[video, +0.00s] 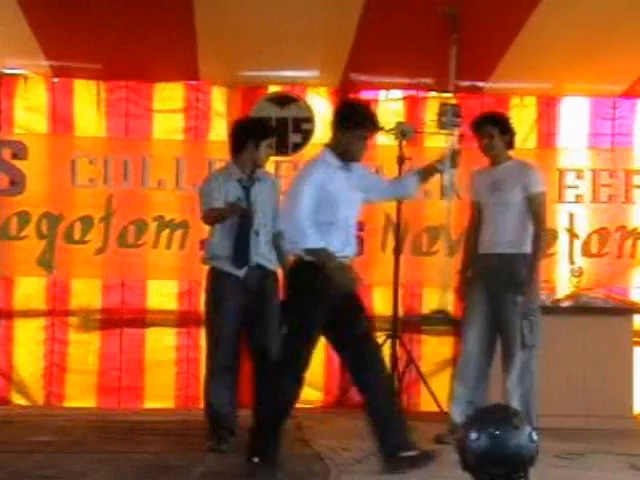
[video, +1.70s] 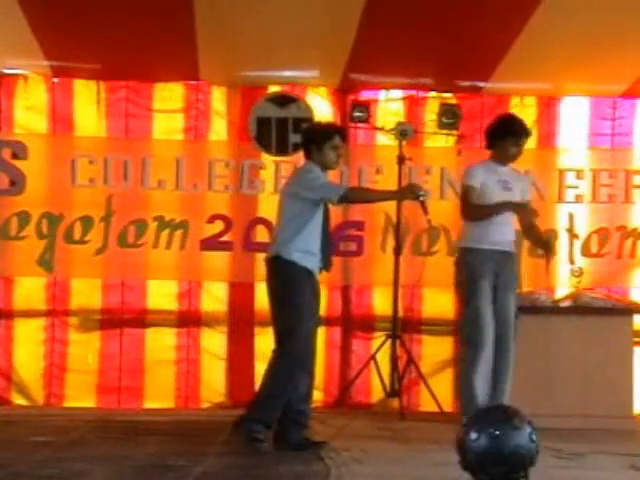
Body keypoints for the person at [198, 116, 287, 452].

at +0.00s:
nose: (266, 155)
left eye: (267, 149)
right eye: (262, 148)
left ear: (260, 151)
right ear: (245, 148)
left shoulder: (269, 184)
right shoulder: (217, 182)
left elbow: (275, 229)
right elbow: (208, 216)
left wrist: (288, 261)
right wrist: (230, 212)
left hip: (263, 274)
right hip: (226, 273)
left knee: (268, 351)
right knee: (223, 352)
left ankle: (268, 429)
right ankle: (221, 427)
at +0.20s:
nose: (269, 155)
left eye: (270, 148)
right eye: (265, 147)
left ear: (261, 150)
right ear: (248, 147)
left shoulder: (264, 186)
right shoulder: (221, 181)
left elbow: (266, 239)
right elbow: (227, 218)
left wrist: (276, 278)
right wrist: (269, 217)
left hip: (261, 274)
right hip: (227, 274)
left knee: (270, 351)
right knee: (226, 352)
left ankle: (264, 422)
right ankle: (221, 425)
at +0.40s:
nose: (280, 154)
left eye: (281, 148)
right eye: (276, 147)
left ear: (266, 149)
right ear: (259, 147)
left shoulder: (265, 184)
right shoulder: (235, 184)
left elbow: (258, 233)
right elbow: (263, 218)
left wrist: (269, 274)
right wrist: (313, 211)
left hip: (262, 279)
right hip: (233, 278)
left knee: (274, 353)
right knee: (229, 354)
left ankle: (282, 426)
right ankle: (221, 429)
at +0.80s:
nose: (315, 150)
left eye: (315, 144)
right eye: (309, 144)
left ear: (299, 148)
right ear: (291, 146)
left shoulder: (290, 182)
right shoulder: (279, 180)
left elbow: (286, 242)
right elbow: (314, 210)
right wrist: (364, 199)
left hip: (288, 277)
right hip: (271, 275)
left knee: (290, 356)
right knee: (262, 352)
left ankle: (291, 431)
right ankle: (229, 427)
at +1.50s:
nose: (337, 154)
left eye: (338, 148)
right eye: (332, 148)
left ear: (324, 151)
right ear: (313, 148)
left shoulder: (312, 179)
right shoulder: (305, 176)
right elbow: (346, 197)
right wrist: (399, 196)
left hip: (300, 271)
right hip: (286, 268)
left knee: (302, 354)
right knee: (286, 350)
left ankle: (294, 432)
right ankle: (254, 428)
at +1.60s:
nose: (339, 155)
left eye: (340, 149)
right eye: (333, 149)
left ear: (323, 152)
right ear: (315, 149)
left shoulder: (312, 179)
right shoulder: (306, 177)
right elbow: (348, 196)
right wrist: (400, 195)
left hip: (301, 270)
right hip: (288, 268)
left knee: (302, 352)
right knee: (289, 349)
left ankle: (293, 432)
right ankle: (254, 427)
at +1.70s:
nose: (339, 155)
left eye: (340, 149)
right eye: (334, 148)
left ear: (329, 153)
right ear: (317, 149)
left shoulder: (313, 179)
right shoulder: (307, 177)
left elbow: (349, 196)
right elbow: (350, 195)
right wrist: (399, 194)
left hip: (301, 269)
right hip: (289, 268)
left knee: (302, 351)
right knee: (294, 350)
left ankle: (293, 431)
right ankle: (256, 423)